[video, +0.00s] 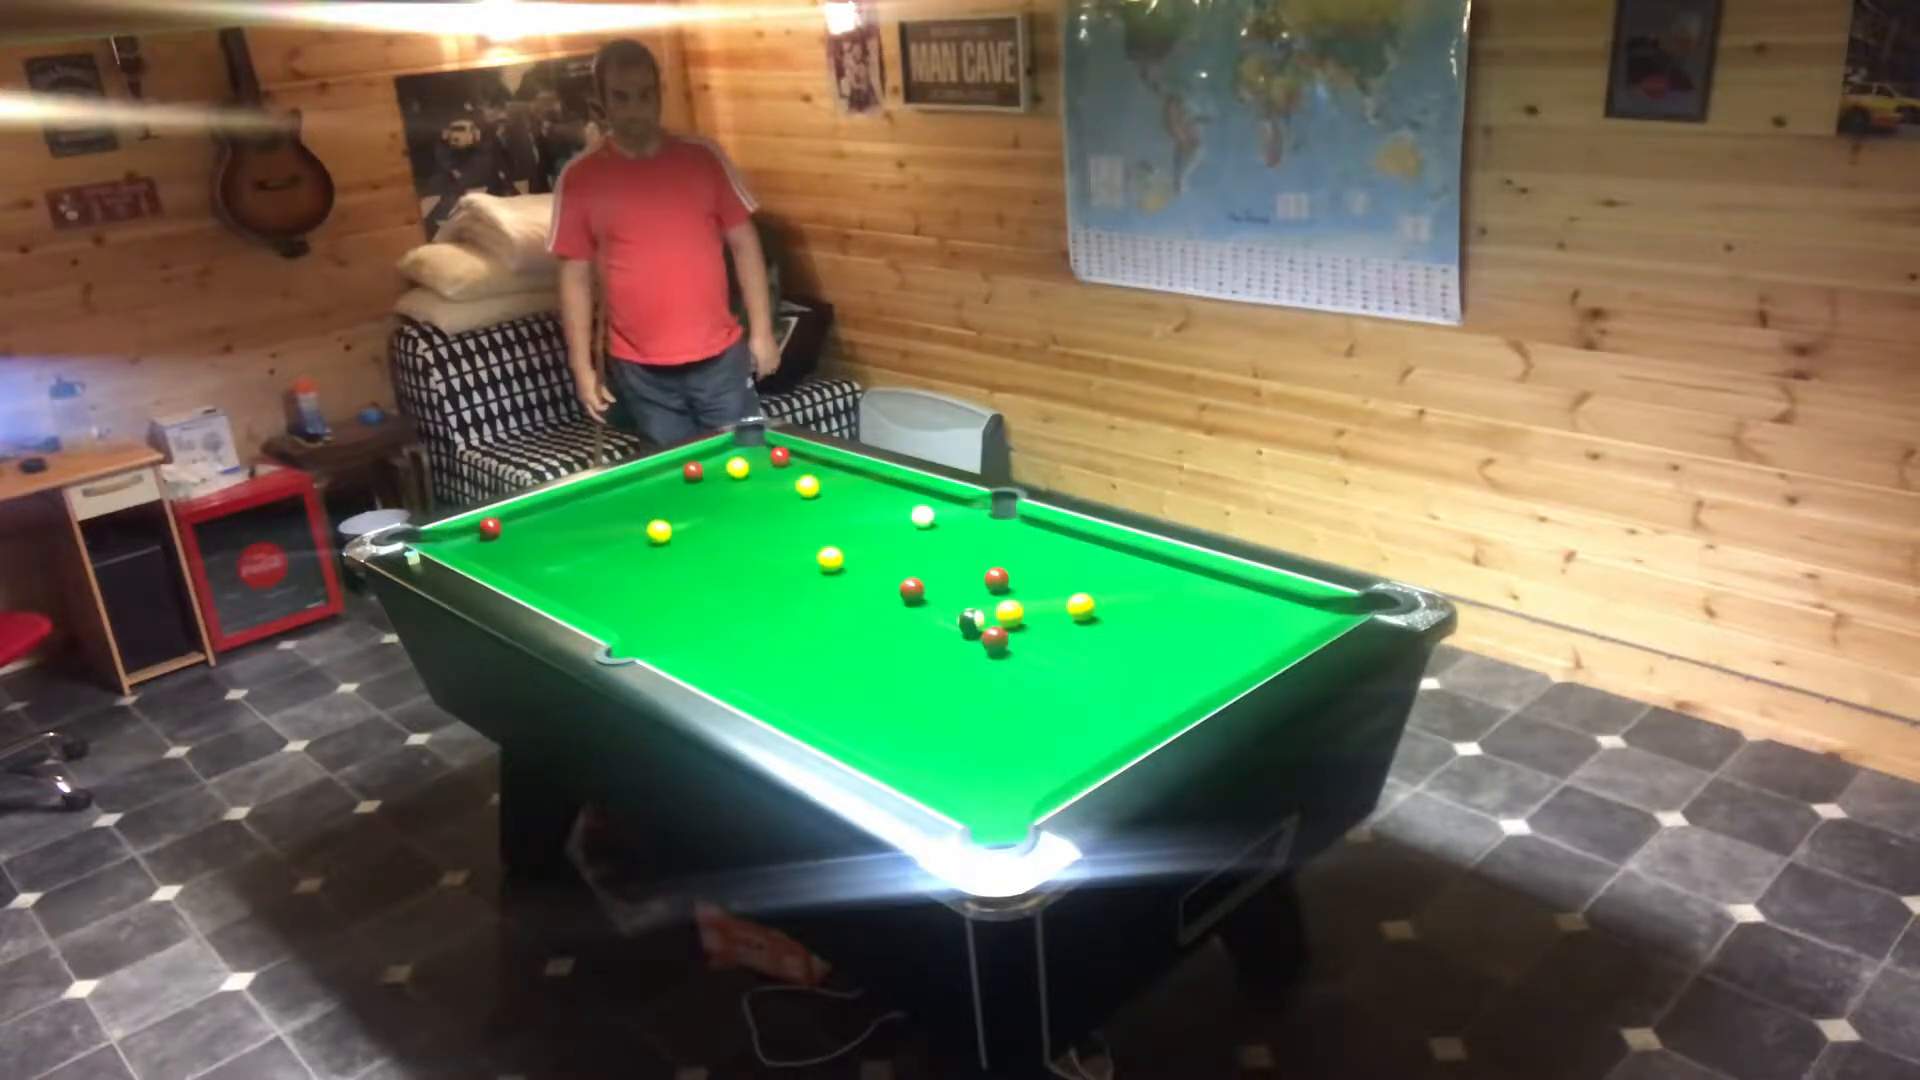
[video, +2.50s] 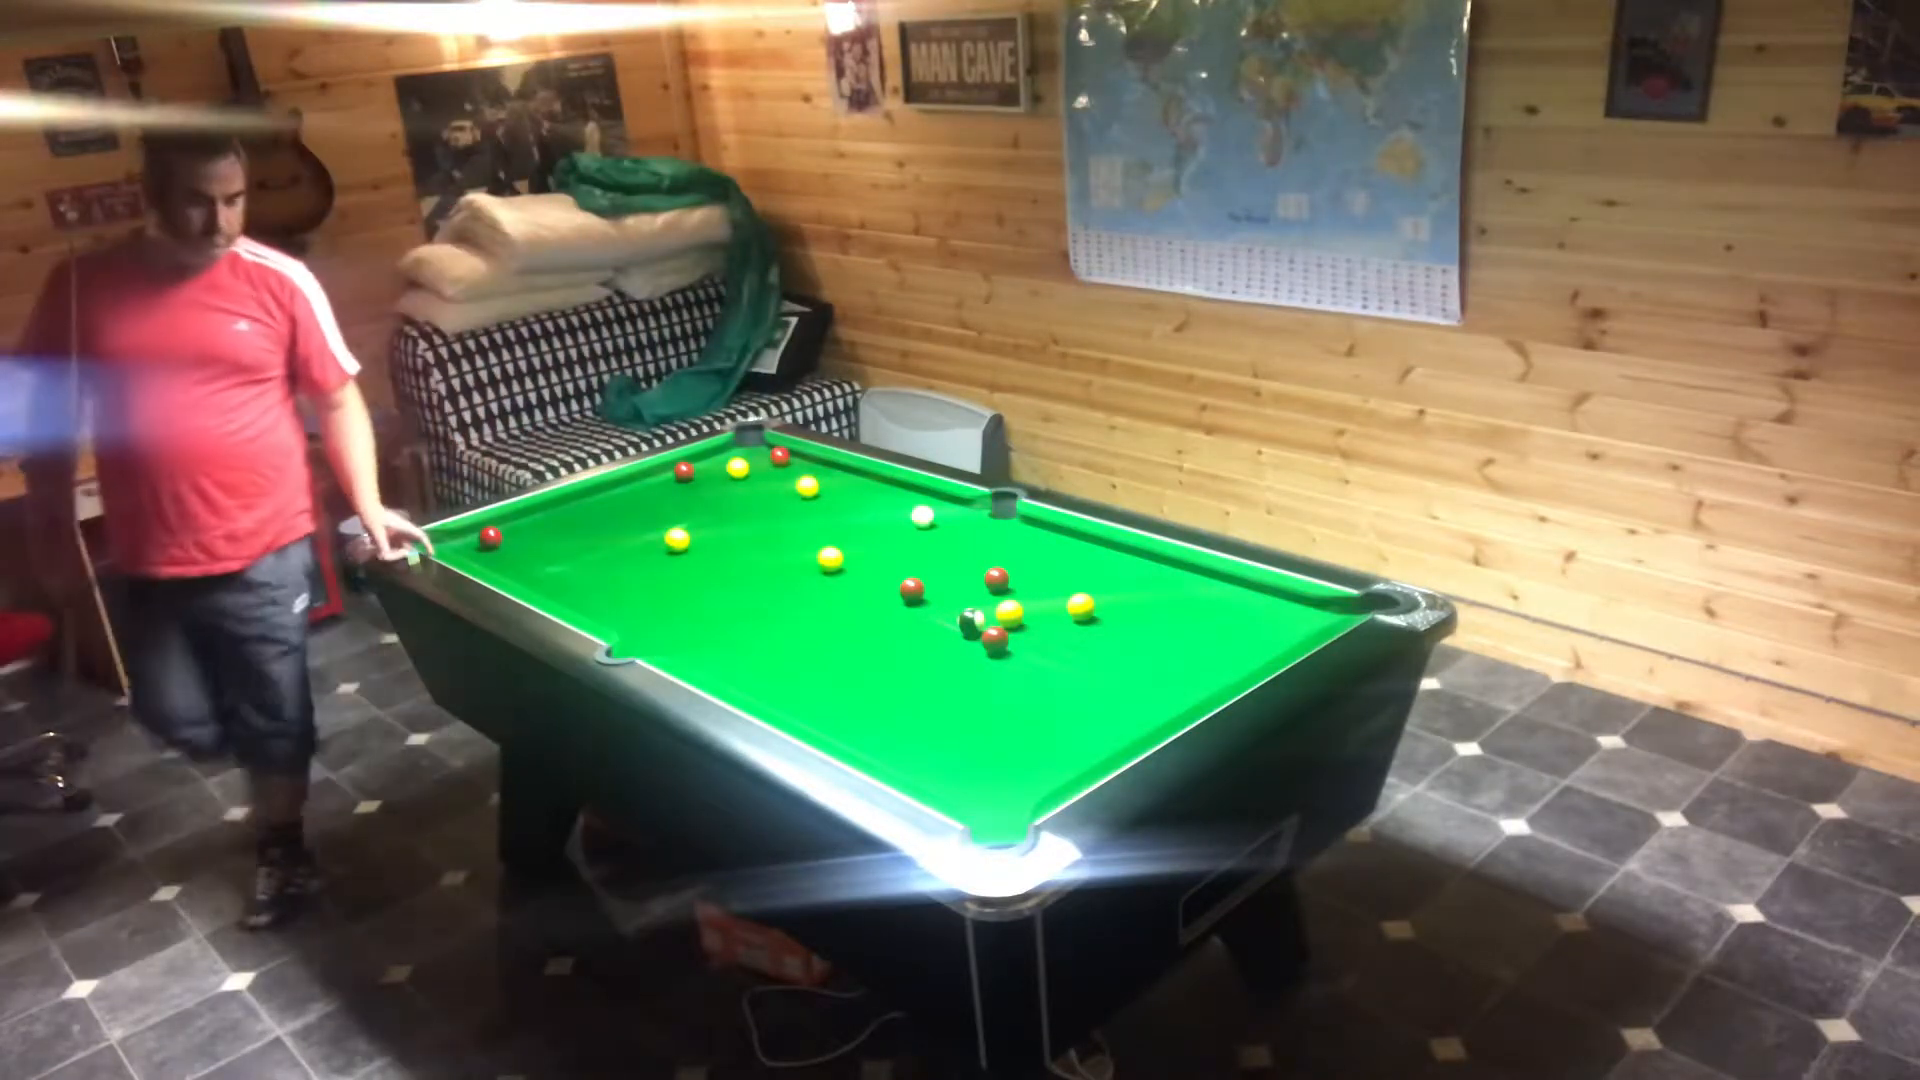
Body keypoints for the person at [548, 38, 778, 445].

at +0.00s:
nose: (635, 109)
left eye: (646, 95)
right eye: (621, 97)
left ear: (660, 96)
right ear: (601, 101)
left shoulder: (703, 159)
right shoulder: (581, 178)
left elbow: (744, 243)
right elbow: (575, 276)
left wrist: (761, 331)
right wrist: (582, 367)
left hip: (719, 362)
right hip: (642, 372)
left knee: (746, 484)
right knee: (677, 494)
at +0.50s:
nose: (604, 115)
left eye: (613, 100)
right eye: (589, 104)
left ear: (628, 103)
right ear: (568, 110)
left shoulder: (673, 169)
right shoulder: (547, 188)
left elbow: (721, 251)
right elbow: (542, 282)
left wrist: (744, 344)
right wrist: (553, 374)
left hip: (685, 369)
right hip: (612, 379)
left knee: (682, 495)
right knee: (646, 501)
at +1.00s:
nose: (555, 137)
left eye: (568, 122)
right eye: (540, 122)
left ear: (585, 125)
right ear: (515, 124)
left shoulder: (614, 191)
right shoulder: (481, 189)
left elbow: (659, 291)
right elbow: (468, 284)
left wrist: (674, 392)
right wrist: (463, 368)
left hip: (605, 398)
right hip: (526, 406)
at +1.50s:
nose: (430, 171)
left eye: (444, 153)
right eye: (413, 155)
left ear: (467, 143)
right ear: (390, 154)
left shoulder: (498, 221)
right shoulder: (373, 229)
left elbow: (554, 328)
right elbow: (366, 330)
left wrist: (489, 419)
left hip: (502, 452)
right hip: (416, 456)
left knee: (517, 591)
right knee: (424, 591)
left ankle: (539, 718)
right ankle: (428, 709)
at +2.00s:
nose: (298, 190)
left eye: (313, 171)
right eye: (279, 175)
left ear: (333, 167)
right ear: (249, 178)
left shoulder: (372, 241)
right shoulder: (233, 253)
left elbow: (433, 354)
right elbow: (216, 359)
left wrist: (397, 447)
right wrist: (207, 457)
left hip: (372, 485)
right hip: (291, 493)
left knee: (349, 644)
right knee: (364, 615)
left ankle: (371, 775)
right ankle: (421, 715)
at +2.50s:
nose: (222, 219)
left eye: (235, 199)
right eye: (200, 203)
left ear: (247, 191)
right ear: (153, 198)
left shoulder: (282, 284)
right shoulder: (85, 289)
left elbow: (338, 398)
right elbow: (45, 428)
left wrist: (369, 504)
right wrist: (60, 544)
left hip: (262, 555)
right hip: (148, 563)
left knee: (273, 722)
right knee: (179, 719)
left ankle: (282, 852)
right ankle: (270, 752)